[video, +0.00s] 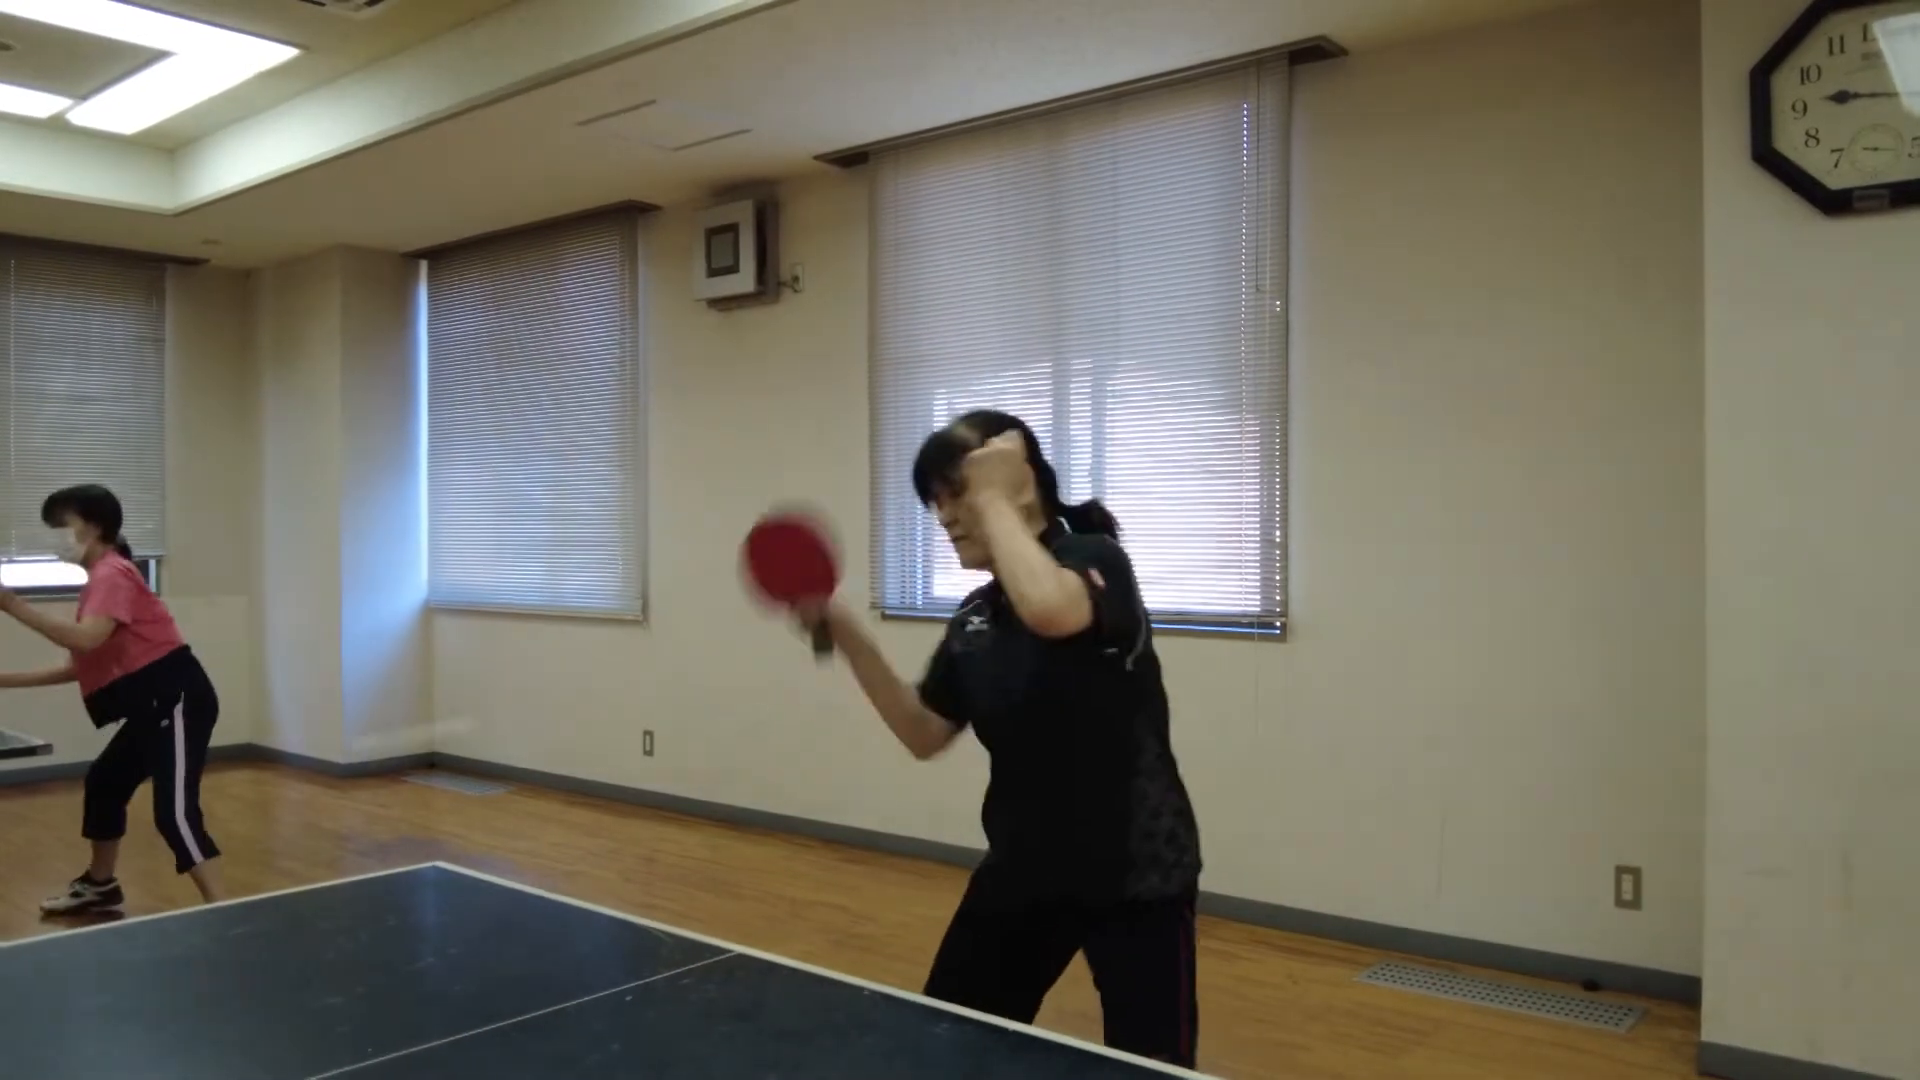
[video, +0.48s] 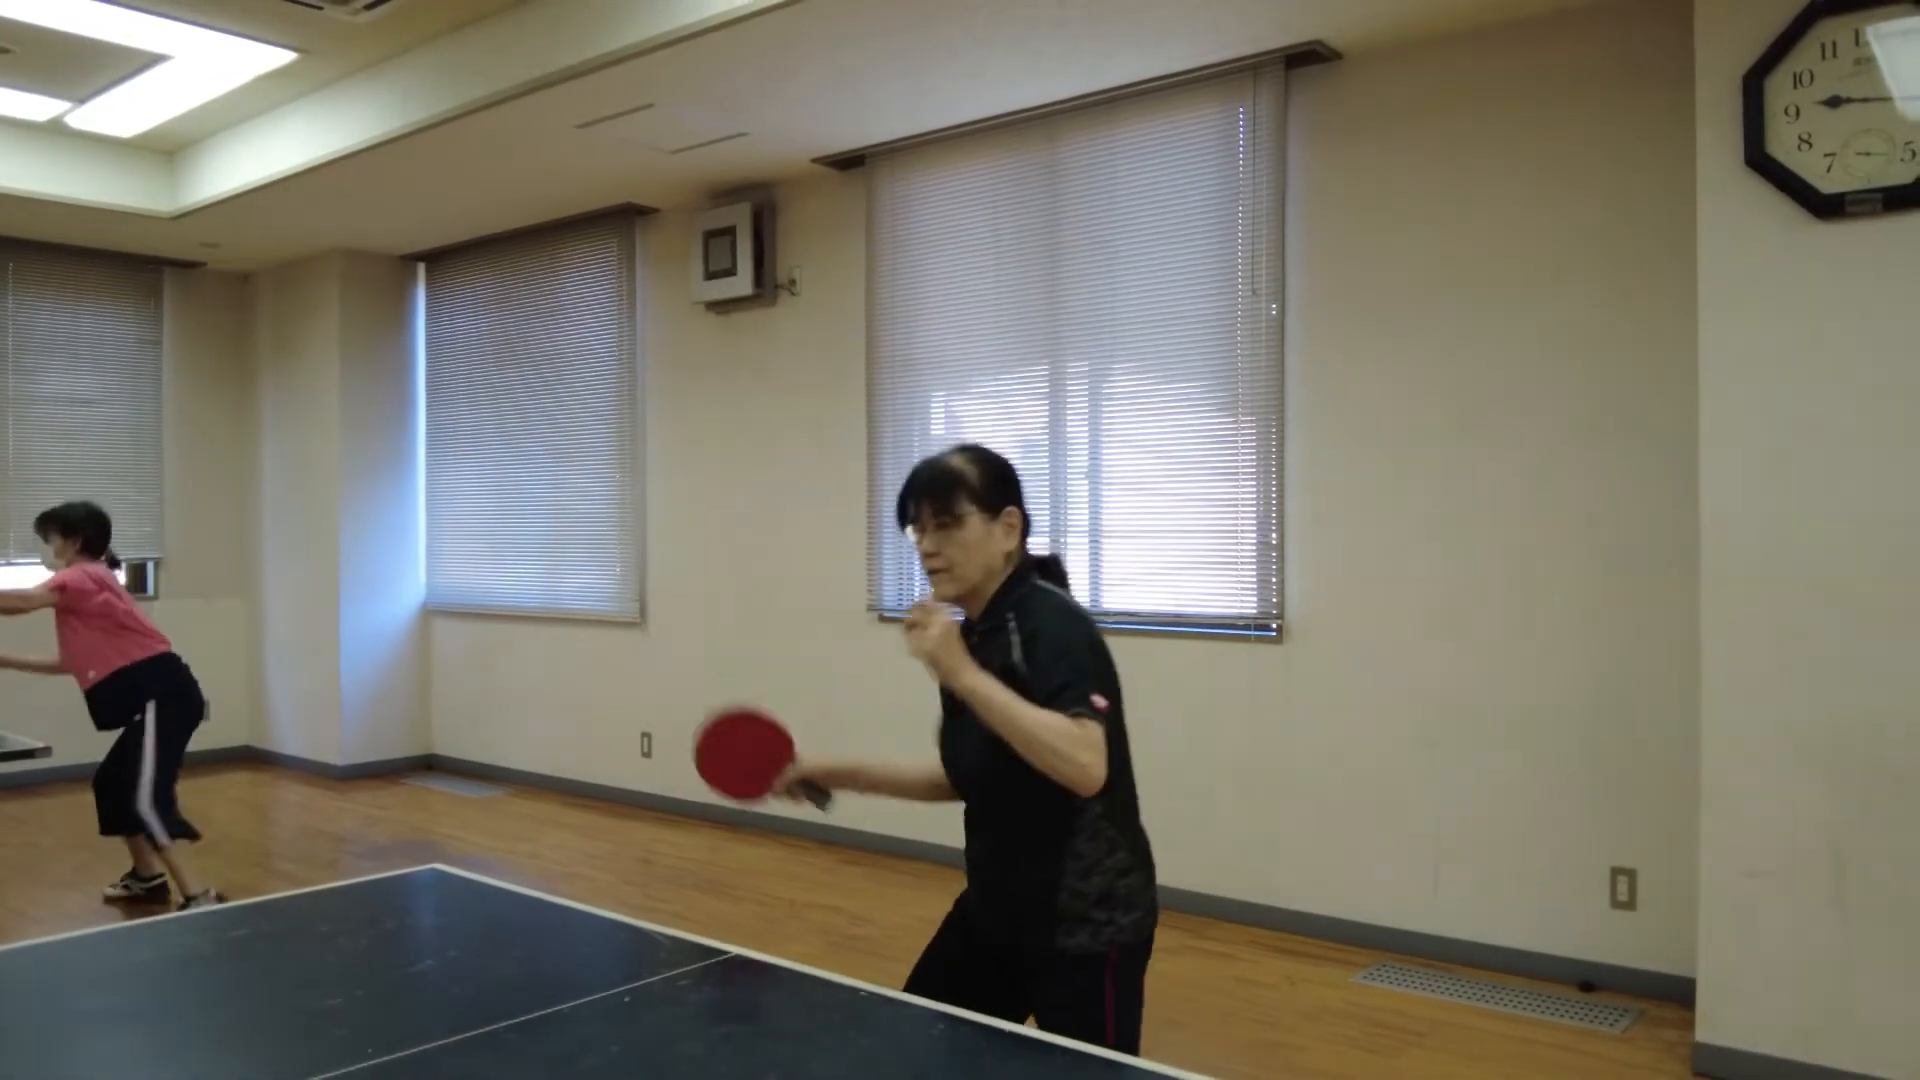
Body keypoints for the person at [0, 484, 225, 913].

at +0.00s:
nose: (57, 538)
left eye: (64, 526)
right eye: (56, 528)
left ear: (92, 527)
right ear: (89, 530)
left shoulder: (111, 571)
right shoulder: (98, 581)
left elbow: (89, 636)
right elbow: (77, 669)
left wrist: (16, 606)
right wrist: (8, 679)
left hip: (179, 696)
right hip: (153, 704)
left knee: (175, 812)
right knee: (104, 781)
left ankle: (225, 913)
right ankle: (101, 884)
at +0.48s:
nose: (47, 551)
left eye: (51, 541)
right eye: (46, 542)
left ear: (76, 541)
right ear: (84, 543)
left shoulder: (83, 575)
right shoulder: (85, 587)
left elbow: (26, 601)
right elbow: (71, 664)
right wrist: (6, 659)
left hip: (165, 693)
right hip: (150, 699)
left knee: (145, 798)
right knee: (111, 782)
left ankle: (195, 897)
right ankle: (147, 876)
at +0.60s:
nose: (23, 580)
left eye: (28, 571)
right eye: (23, 573)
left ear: (55, 571)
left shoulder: (74, 597)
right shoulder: (63, 639)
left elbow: (58, 609)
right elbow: (32, 690)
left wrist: (18, 597)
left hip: (157, 699)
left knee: (85, 803)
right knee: (108, 793)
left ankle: (160, 863)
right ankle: (145, 869)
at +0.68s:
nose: (5, 596)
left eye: (10, 586)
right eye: (4, 588)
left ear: (38, 584)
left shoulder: (48, 609)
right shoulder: (55, 656)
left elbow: (68, 611)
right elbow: (28, 707)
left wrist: (80, 592)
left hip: (144, 700)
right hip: (174, 704)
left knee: (55, 786)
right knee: (107, 789)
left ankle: (100, 868)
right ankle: (147, 877)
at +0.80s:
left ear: (14, 595)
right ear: (16, 596)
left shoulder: (42, 615)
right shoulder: (37, 653)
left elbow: (84, 608)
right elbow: (63, 727)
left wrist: (134, 584)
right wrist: (31, 774)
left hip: (131, 705)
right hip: (160, 709)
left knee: (42, 782)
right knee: (88, 790)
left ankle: (22, 883)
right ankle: (144, 874)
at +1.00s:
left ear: (10, 581)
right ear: (14, 582)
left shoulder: (29, 609)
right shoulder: (23, 627)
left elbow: (60, 624)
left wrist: (93, 607)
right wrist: (34, 744)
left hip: (105, 717)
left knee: (10, 790)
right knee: (52, 806)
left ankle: (11, 885)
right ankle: (135, 860)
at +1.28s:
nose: (3, 553)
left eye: (8, 544)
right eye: (4, 545)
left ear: (34, 548)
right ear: (35, 549)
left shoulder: (49, 587)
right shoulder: (52, 591)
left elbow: (72, 615)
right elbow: (72, 669)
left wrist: (89, 632)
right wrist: (42, 722)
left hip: (108, 701)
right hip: (127, 701)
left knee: (24, 782)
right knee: (69, 793)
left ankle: (12, 883)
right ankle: (144, 861)